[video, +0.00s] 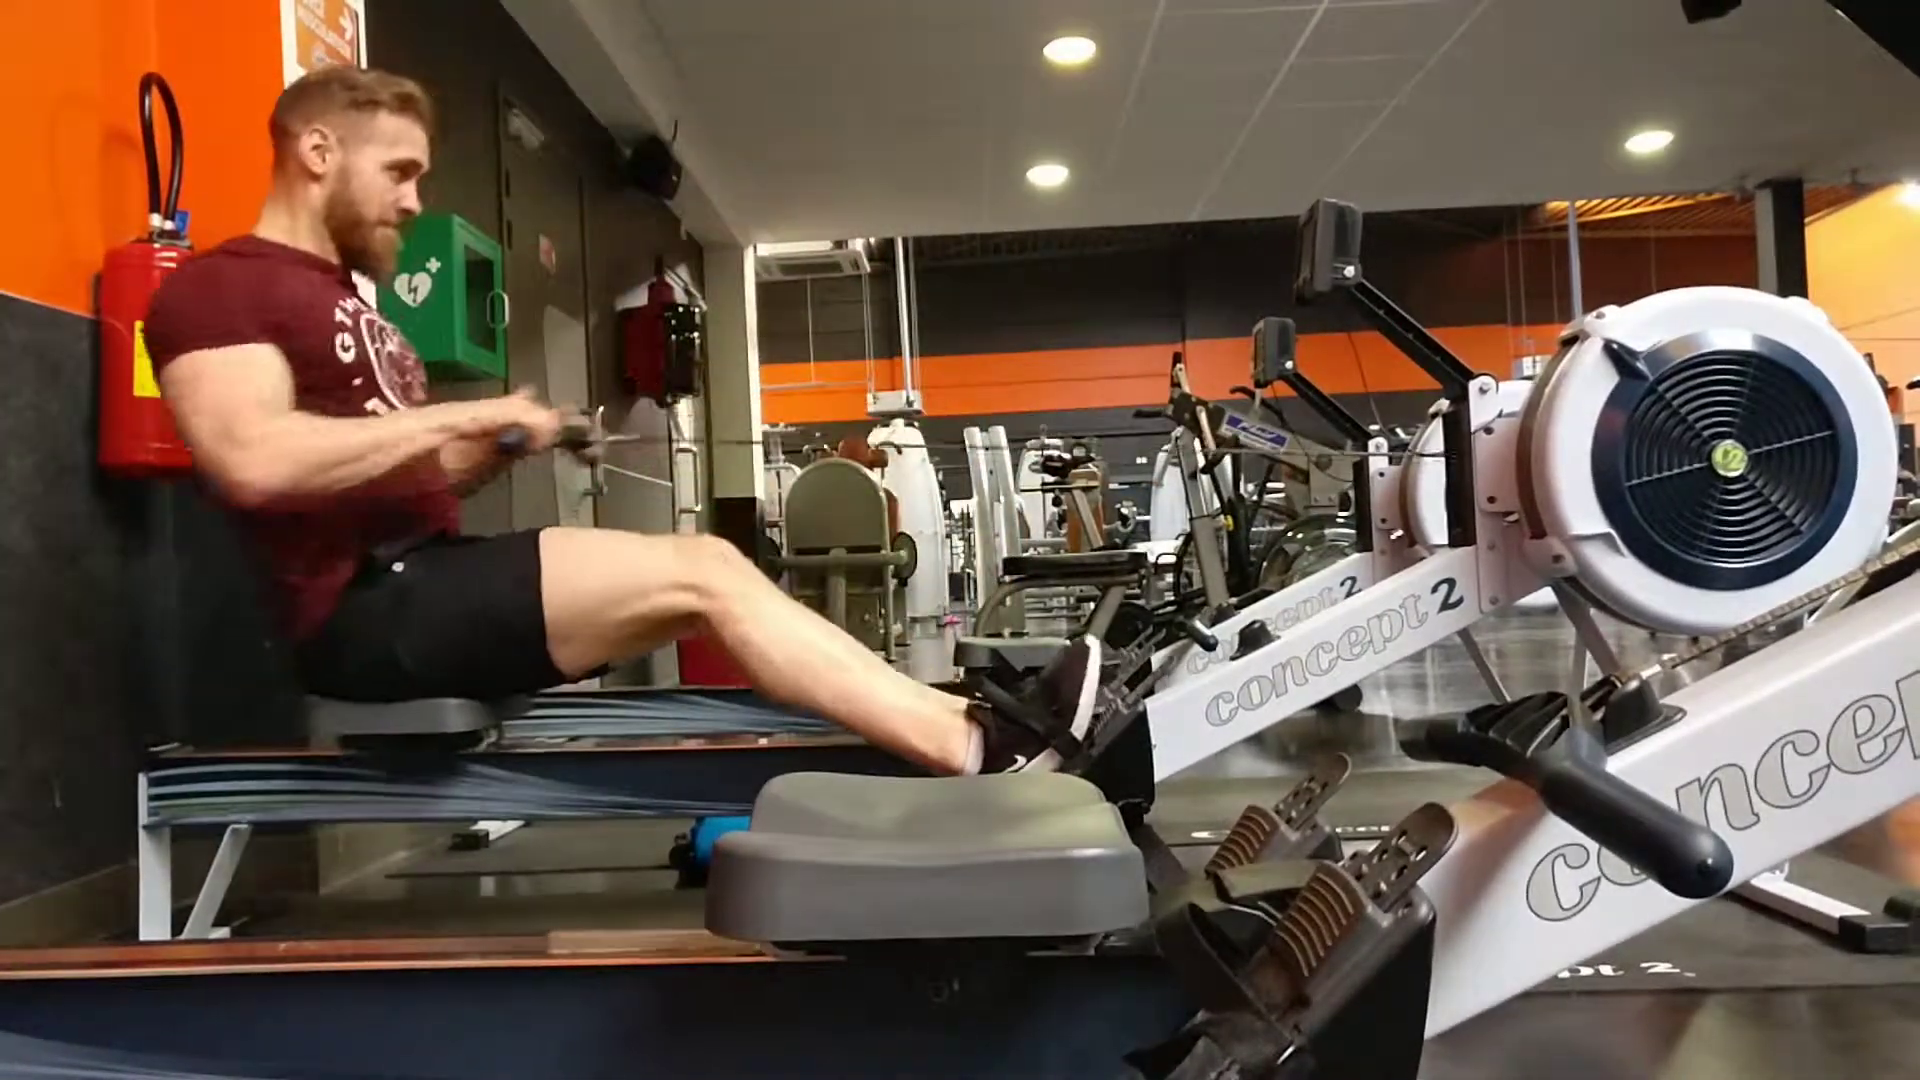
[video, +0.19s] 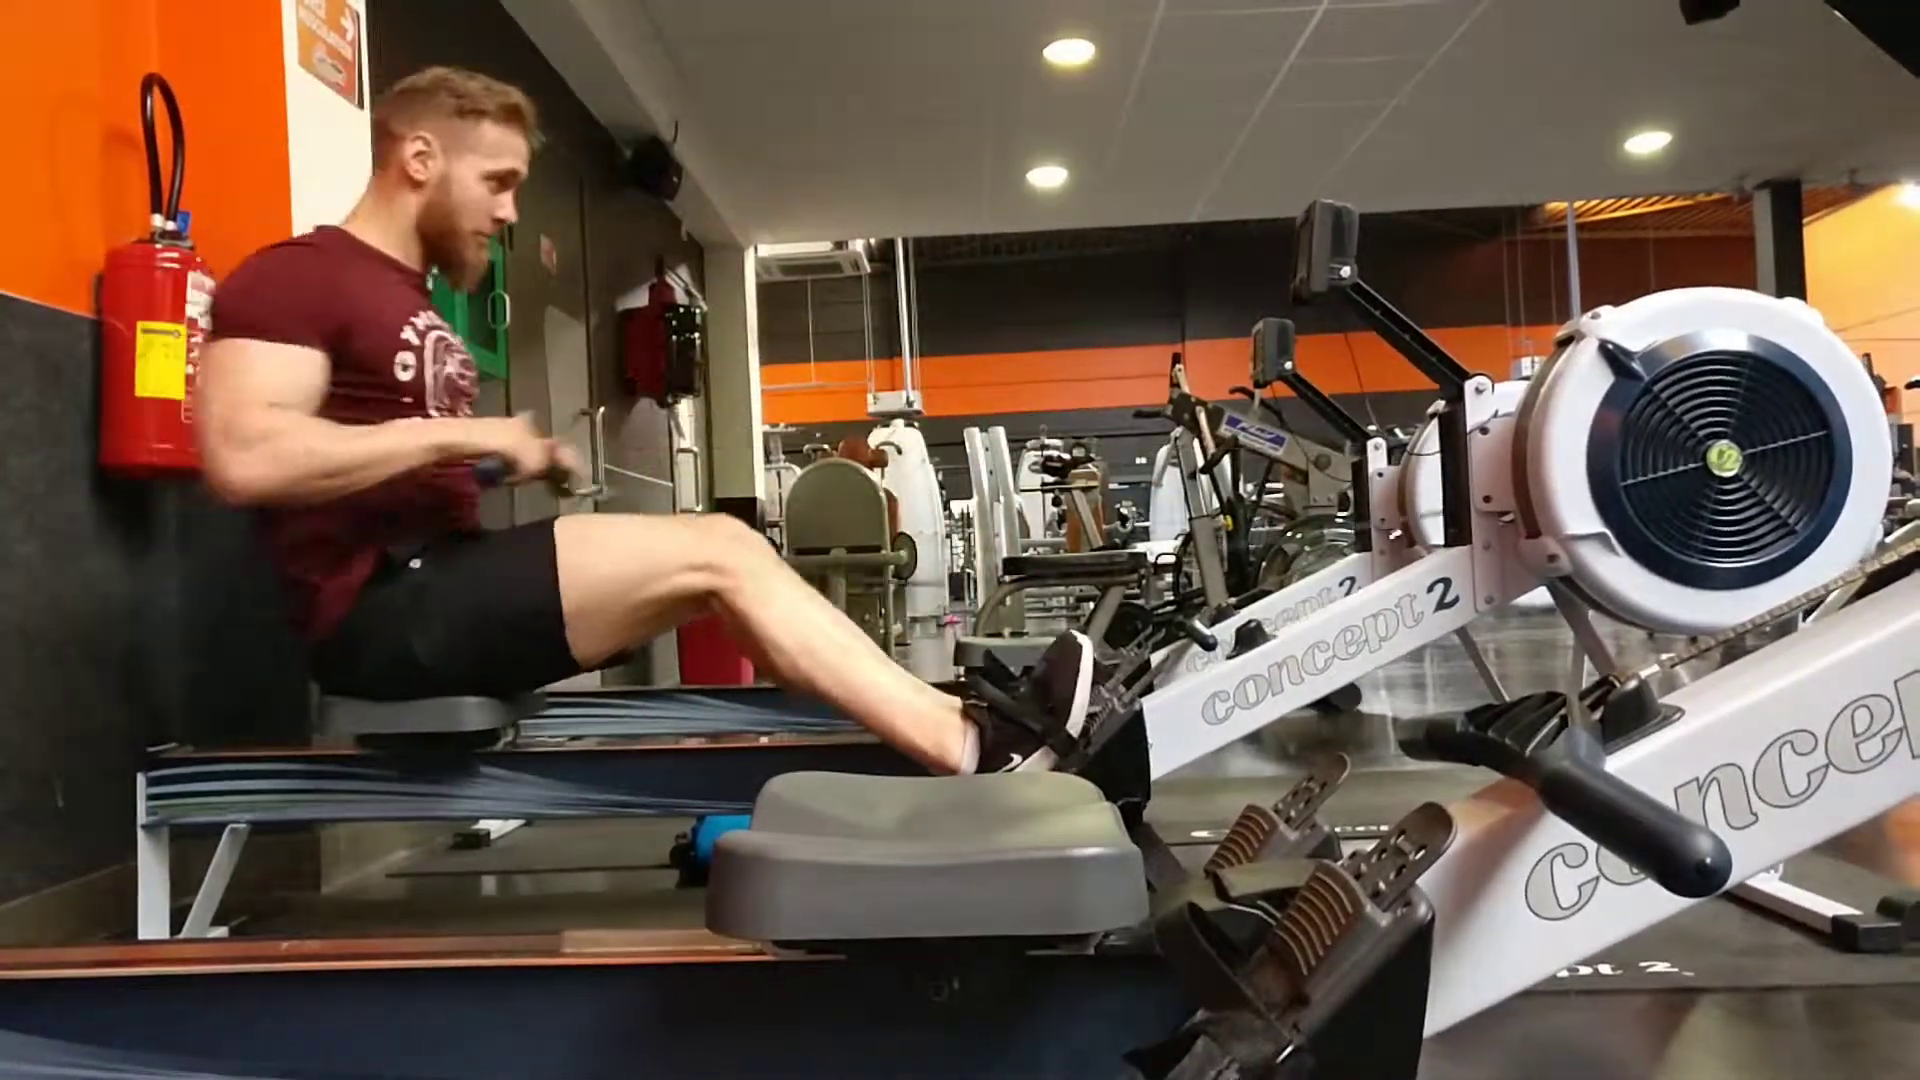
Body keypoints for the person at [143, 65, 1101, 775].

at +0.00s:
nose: (415, 203)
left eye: (419, 181)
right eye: (398, 173)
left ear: (320, 159)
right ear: (311, 154)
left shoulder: (360, 306)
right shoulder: (225, 283)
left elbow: (425, 485)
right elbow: (255, 461)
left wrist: (488, 439)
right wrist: (453, 425)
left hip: (426, 584)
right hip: (360, 607)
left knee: (713, 565)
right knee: (708, 566)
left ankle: (974, 729)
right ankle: (970, 752)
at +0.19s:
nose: (510, 213)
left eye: (516, 189)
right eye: (497, 182)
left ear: (427, 166)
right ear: (415, 161)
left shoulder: (417, 302)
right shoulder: (298, 278)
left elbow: (406, 471)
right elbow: (242, 457)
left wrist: (506, 460)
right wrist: (457, 434)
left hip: (441, 593)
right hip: (381, 614)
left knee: (730, 543)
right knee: (723, 547)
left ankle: (957, 734)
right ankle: (960, 750)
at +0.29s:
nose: (589, 203)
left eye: (595, 179)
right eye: (577, 172)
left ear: (500, 159)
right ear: (493, 149)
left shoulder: (497, 308)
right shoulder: (392, 277)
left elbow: (547, 466)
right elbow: (465, 444)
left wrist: (668, 432)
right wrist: (678, 408)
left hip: (508, 596)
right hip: (445, 610)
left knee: (767, 506)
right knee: (764, 505)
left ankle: (969, 728)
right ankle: (966, 743)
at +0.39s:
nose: (685, 196)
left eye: (690, 173)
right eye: (674, 167)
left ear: (601, 150)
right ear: (596, 146)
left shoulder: (608, 302)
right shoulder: (501, 272)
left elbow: (689, 423)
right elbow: (665, 412)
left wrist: (855, 430)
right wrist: (864, 407)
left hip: (574, 596)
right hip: (519, 611)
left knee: (838, 469)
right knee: (826, 475)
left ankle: (976, 720)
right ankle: (976, 741)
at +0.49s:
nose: (791, 196)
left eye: (795, 172)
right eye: (781, 165)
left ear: (710, 152)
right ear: (706, 145)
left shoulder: (659, 280)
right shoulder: (625, 269)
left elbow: (830, 389)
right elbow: (834, 404)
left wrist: (1002, 425)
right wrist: (1006, 426)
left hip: (637, 608)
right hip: (611, 616)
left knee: (884, 447)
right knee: (884, 452)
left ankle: (969, 717)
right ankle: (974, 730)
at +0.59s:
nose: (889, 194)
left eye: (892, 170)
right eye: (880, 164)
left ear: (811, 151)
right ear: (808, 146)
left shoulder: (762, 270)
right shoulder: (736, 264)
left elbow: (940, 397)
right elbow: (950, 402)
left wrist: (1118, 455)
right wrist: (1136, 452)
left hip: (702, 606)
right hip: (685, 614)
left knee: (933, 431)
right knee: (931, 433)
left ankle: (977, 715)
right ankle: (976, 727)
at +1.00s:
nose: (799, 155)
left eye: (795, 129)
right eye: (784, 125)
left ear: (711, 125)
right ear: (709, 121)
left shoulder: (687, 245)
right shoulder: (655, 235)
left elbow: (838, 379)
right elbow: (837, 387)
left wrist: (1017, 421)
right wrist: (1027, 420)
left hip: (670, 595)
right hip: (657, 605)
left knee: (921, 437)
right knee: (924, 442)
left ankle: (991, 707)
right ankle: (988, 729)